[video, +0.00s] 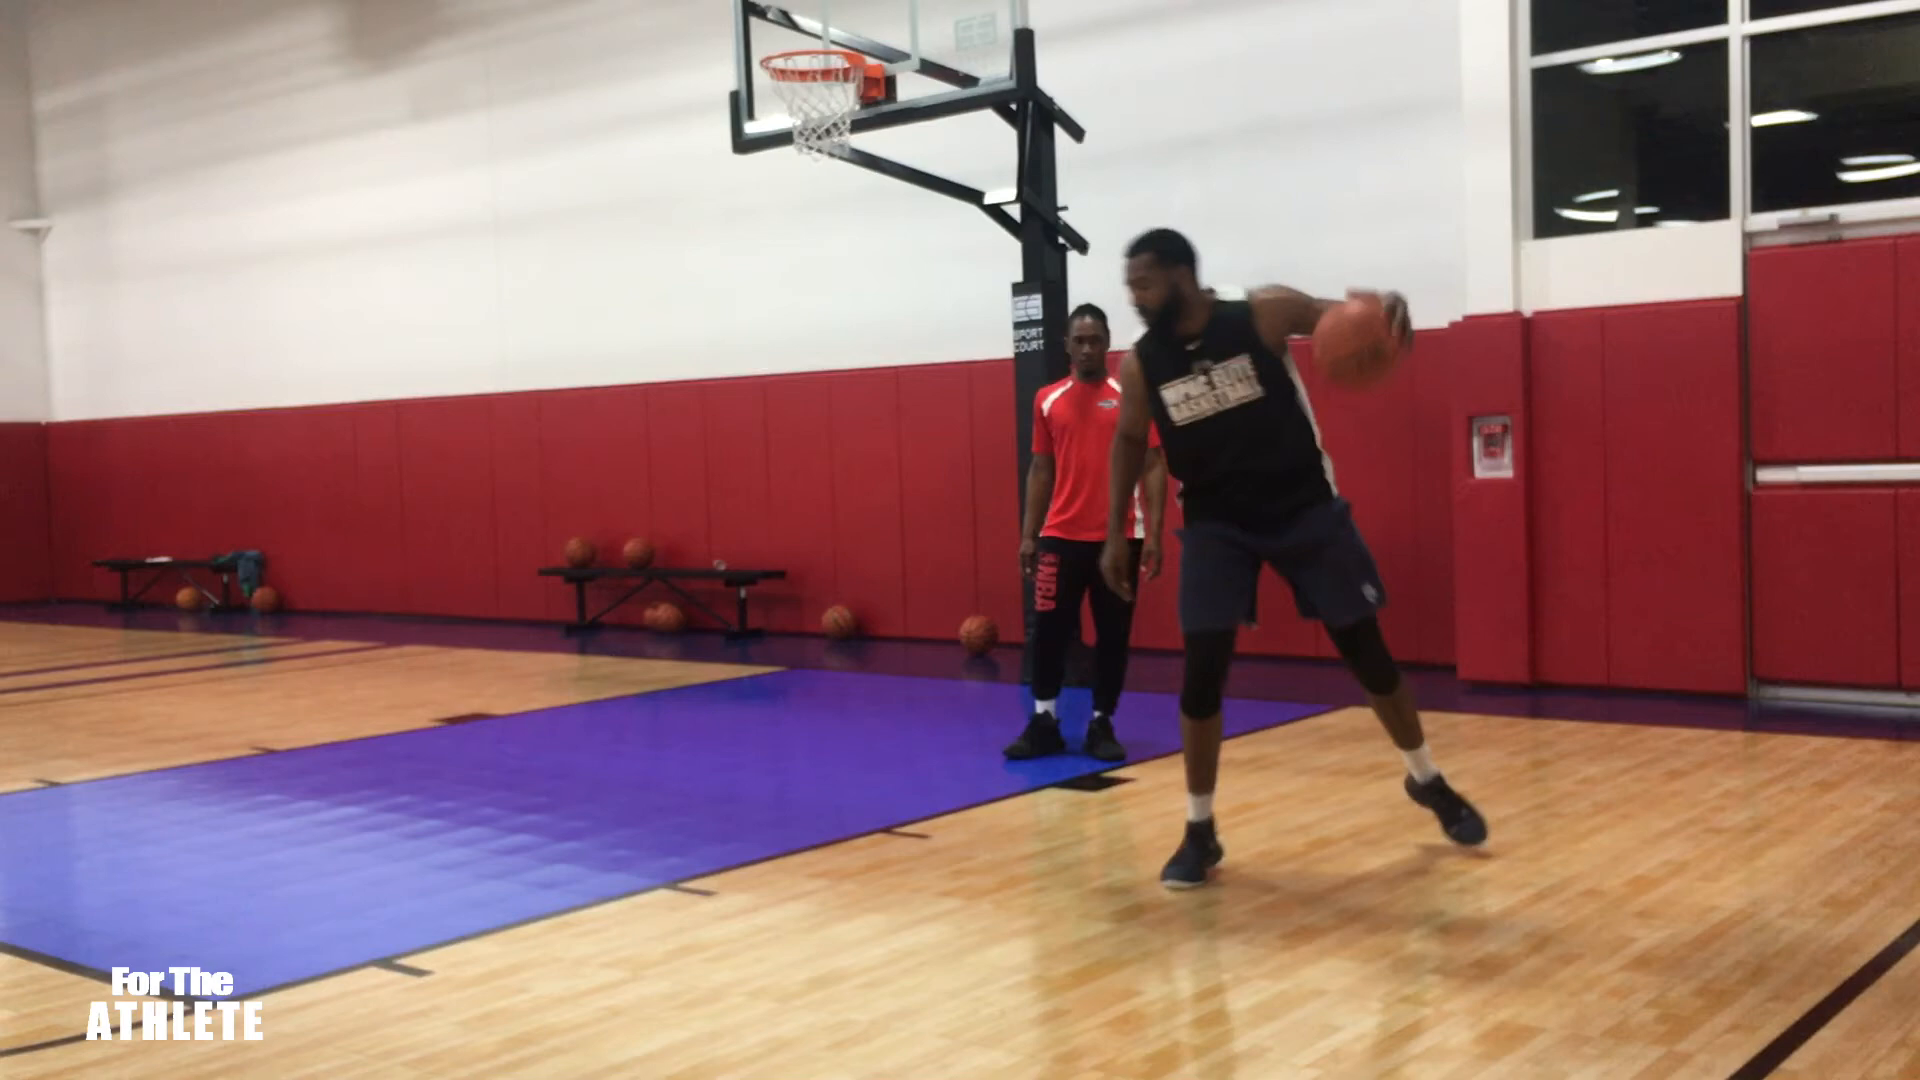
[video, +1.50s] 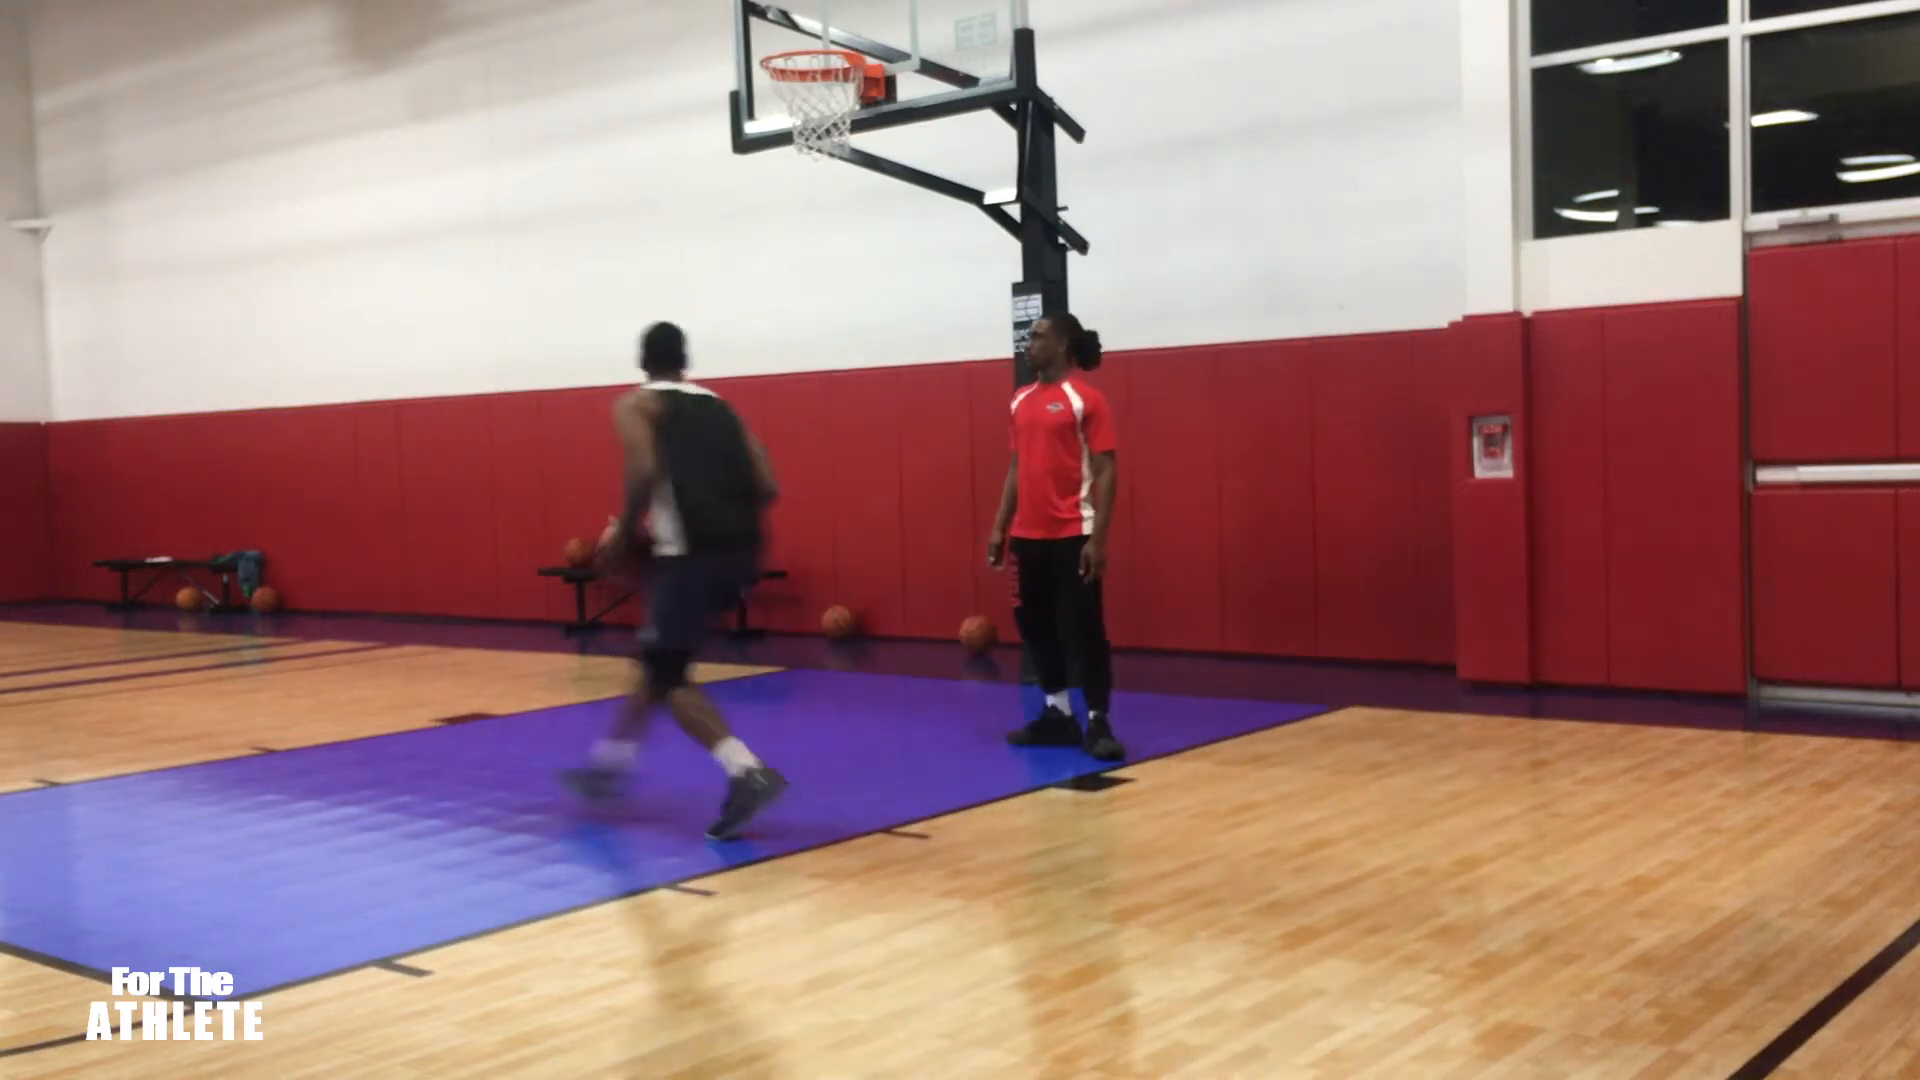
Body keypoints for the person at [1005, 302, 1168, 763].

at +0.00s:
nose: (1087, 348)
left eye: (1095, 340)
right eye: (1079, 340)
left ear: (1108, 344)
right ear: (1067, 345)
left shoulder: (1131, 398)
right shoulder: (1049, 400)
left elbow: (1153, 466)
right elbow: (1040, 470)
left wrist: (1154, 535)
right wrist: (1029, 534)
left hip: (1118, 537)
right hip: (1061, 536)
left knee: (1113, 635)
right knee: (1049, 627)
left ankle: (1101, 723)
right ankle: (1044, 720)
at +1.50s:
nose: (1029, 344)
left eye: (1039, 337)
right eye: (1030, 336)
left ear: (1063, 345)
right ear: (1036, 344)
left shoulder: (1087, 397)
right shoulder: (1021, 401)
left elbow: (1105, 469)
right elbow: (1016, 467)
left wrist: (1098, 538)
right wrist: (999, 529)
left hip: (1072, 537)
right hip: (1030, 537)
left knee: (1084, 626)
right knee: (1037, 623)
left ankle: (1097, 720)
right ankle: (1056, 713)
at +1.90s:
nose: (1009, 341)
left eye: (1019, 336)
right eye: (1012, 334)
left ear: (1040, 349)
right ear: (1027, 348)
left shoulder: (1047, 395)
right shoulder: (1018, 397)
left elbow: (1057, 468)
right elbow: (1017, 473)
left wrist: (1036, 533)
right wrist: (1002, 531)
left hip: (1045, 534)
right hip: (1022, 534)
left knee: (1043, 623)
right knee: (1030, 623)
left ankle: (1059, 716)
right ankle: (1050, 712)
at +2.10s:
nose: (998, 340)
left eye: (1008, 335)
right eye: (1002, 334)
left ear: (1026, 349)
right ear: (1015, 349)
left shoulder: (1029, 392)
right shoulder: (1014, 393)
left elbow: (1036, 464)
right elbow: (1019, 464)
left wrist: (1010, 531)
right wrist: (1002, 523)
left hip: (1028, 527)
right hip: (1027, 526)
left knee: (1001, 618)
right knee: (1034, 617)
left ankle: (1002, 715)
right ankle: (1059, 712)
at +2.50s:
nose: (962, 340)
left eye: (971, 337)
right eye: (968, 335)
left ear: (984, 353)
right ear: (987, 357)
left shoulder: (978, 396)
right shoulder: (982, 395)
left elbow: (981, 471)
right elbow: (987, 470)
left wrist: (963, 538)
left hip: (981, 531)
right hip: (996, 530)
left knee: (967, 624)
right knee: (1002, 620)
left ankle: (957, 717)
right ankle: (1053, 707)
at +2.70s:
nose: (939, 339)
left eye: (947, 337)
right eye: (945, 335)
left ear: (957, 353)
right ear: (966, 356)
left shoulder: (954, 396)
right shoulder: (964, 395)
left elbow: (950, 471)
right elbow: (962, 469)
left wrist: (924, 539)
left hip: (962, 523)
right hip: (967, 521)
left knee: (951, 614)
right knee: (949, 612)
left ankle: (957, 718)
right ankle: (1015, 680)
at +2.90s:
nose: (918, 345)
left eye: (925, 340)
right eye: (922, 339)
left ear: (937, 353)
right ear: (946, 357)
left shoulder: (931, 396)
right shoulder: (946, 396)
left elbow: (924, 466)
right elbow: (938, 464)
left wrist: (885, 532)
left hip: (941, 520)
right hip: (951, 518)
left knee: (922, 606)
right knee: (941, 610)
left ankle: (955, 713)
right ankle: (955, 708)